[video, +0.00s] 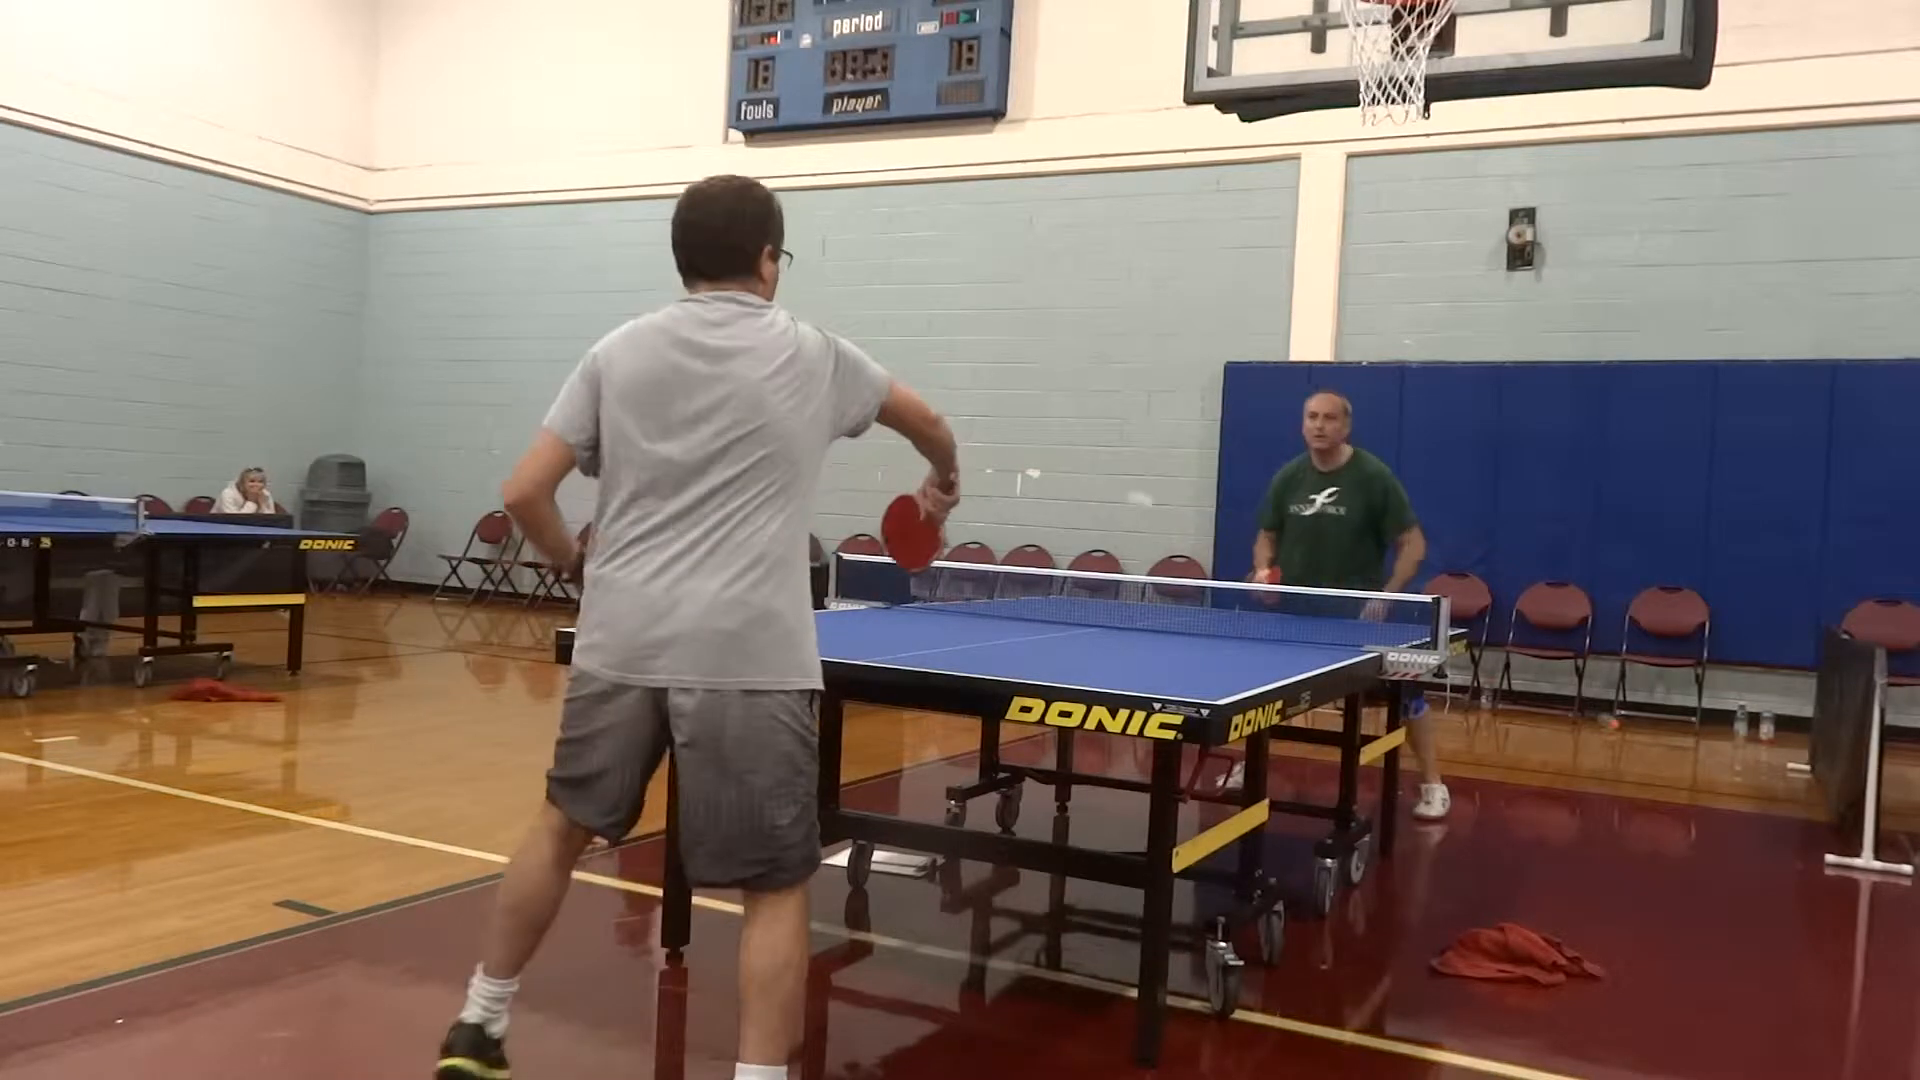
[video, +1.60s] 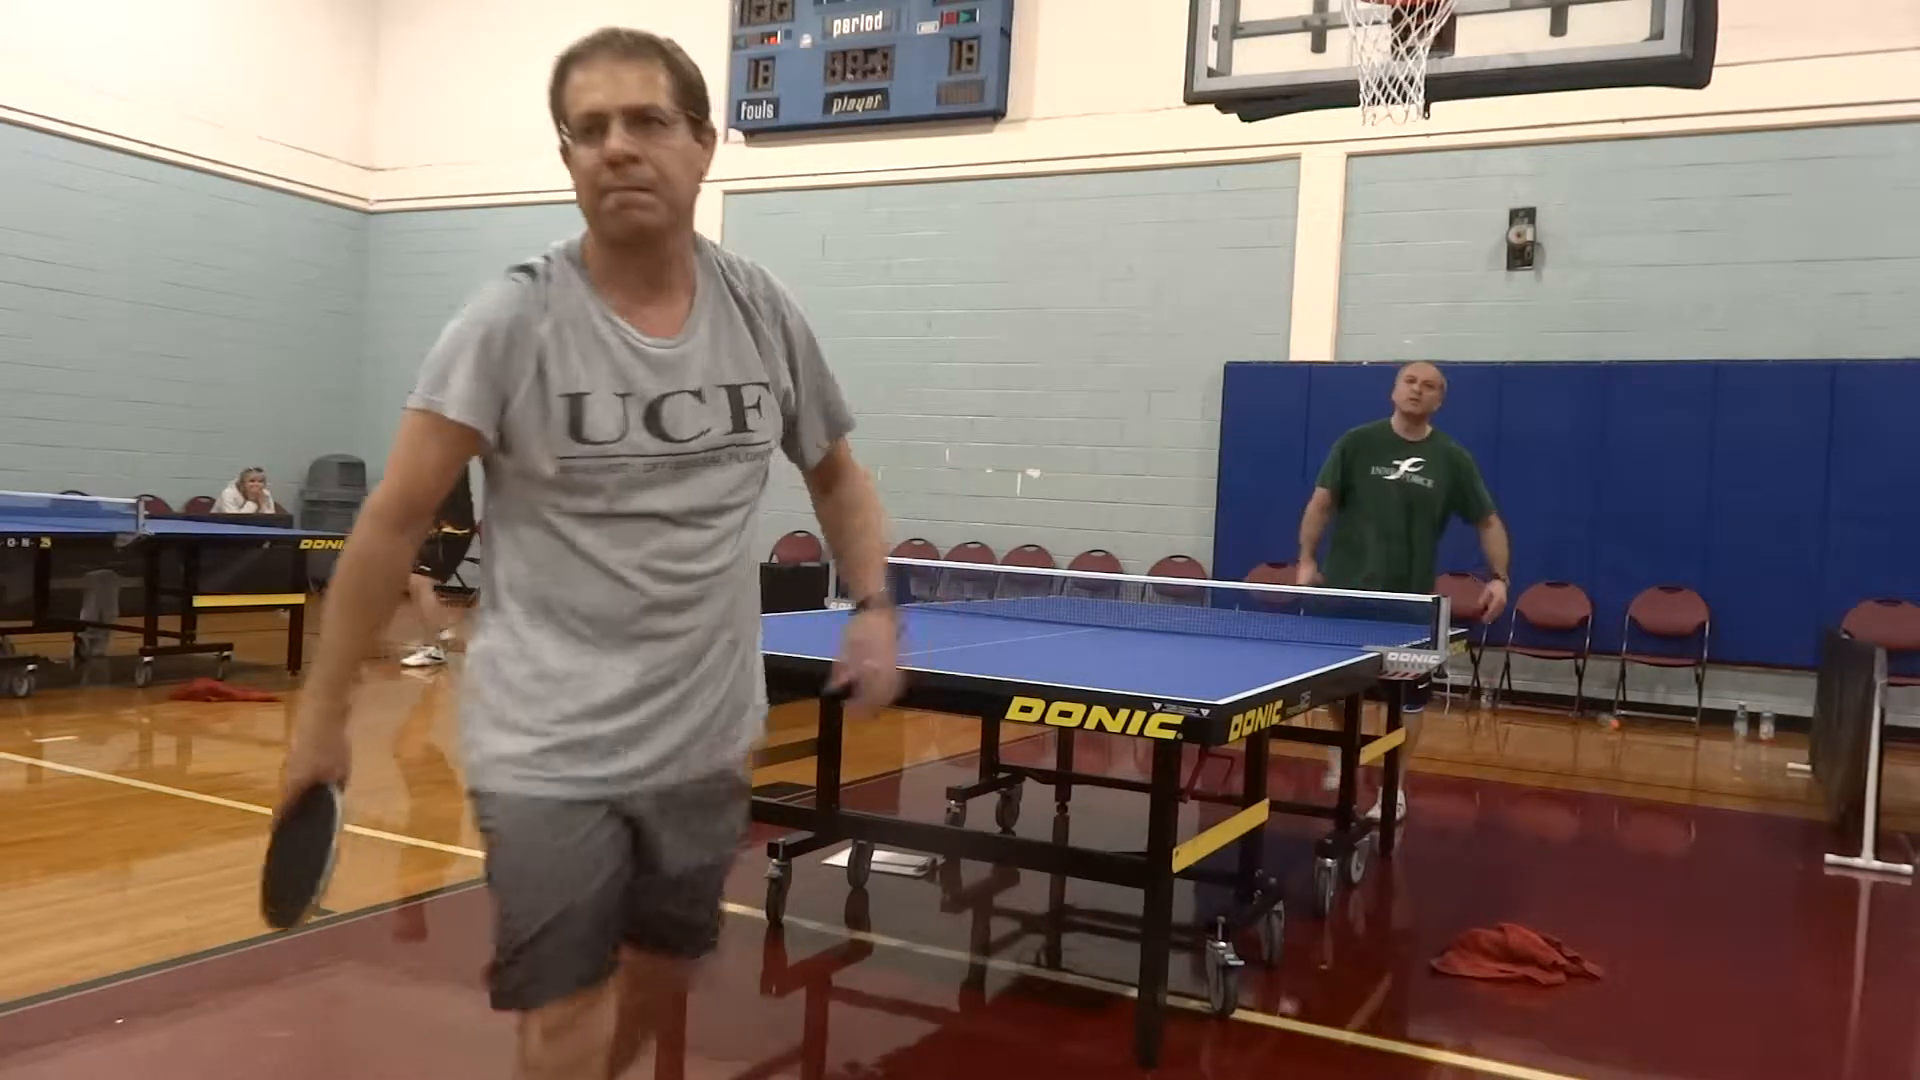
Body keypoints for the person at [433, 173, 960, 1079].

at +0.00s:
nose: (782, 263)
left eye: (777, 251)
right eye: (781, 251)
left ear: (678, 261)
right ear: (767, 259)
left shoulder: (620, 351)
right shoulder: (810, 351)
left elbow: (525, 490)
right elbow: (926, 425)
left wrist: (567, 551)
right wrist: (947, 474)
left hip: (620, 650)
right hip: (754, 664)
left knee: (561, 827)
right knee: (773, 889)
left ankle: (480, 1020)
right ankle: (759, 1078)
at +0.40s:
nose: (731, 295)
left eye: (732, 280)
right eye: (729, 279)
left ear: (629, 278)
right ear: (707, 280)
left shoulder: (552, 355)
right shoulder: (717, 376)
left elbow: (456, 484)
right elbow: (802, 549)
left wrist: (531, 554)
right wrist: (816, 577)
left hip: (507, 640)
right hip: (628, 651)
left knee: (472, 820)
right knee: (707, 856)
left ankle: (406, 1013)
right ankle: (678, 1070)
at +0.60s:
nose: (702, 362)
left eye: (700, 345)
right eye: (697, 345)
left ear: (607, 342)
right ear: (666, 346)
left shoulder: (530, 415)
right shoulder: (652, 433)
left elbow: (447, 546)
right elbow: (664, 589)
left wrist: (553, 571)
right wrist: (738, 632)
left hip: (457, 687)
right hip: (564, 699)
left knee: (448, 847)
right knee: (722, 874)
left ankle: (340, 1025)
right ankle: (680, 1072)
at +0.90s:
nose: (764, 325)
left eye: (769, 305)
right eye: (746, 303)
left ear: (675, 303)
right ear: (677, 300)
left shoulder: (618, 368)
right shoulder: (662, 389)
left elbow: (578, 522)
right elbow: (626, 525)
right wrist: (730, 602)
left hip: (539, 666)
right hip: (607, 683)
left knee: (508, 846)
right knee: (752, 885)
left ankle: (376, 1010)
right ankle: (724, 1070)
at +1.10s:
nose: (748, 251)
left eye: (766, 229)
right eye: (722, 228)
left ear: (783, 236)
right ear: (671, 231)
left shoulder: (721, 347)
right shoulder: (650, 344)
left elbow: (680, 524)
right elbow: (546, 510)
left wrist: (741, 625)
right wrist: (672, 613)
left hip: (647, 675)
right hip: (625, 682)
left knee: (627, 878)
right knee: (719, 906)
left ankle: (492, 1056)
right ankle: (722, 1074)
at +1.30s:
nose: (700, 215)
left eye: (722, 193)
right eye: (673, 194)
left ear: (749, 208)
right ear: (632, 209)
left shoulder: (757, 336)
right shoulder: (580, 341)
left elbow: (804, 466)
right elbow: (451, 506)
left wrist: (907, 567)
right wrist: (506, 679)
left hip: (712, 699)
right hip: (601, 705)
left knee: (635, 925)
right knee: (699, 931)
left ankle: (562, 1074)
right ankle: (686, 1078)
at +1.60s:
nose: (619, 148)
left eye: (648, 122)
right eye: (592, 130)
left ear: (705, 150)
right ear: (566, 165)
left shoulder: (760, 311)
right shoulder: (510, 320)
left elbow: (835, 472)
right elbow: (395, 518)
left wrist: (871, 603)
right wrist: (322, 712)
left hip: (703, 735)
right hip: (546, 745)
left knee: (655, 994)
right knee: (571, 1036)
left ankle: (617, 1067)